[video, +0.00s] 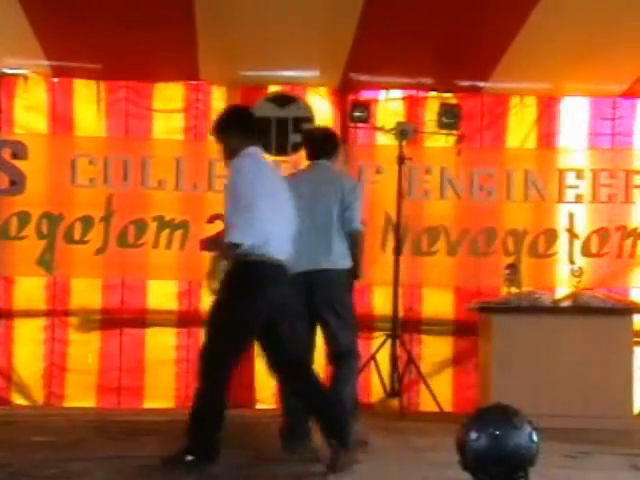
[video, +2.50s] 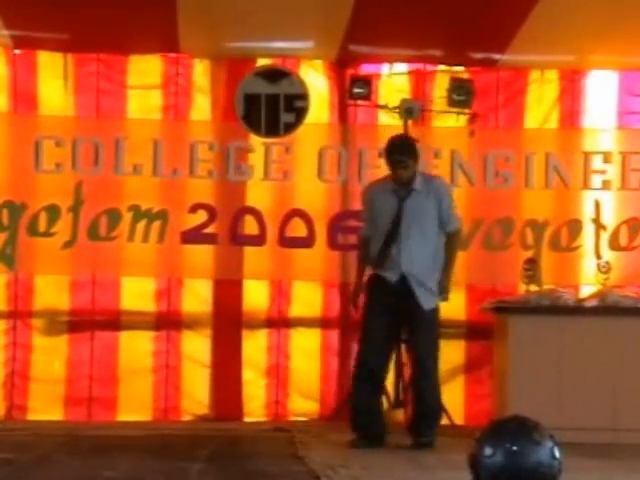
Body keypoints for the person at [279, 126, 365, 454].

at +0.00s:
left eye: (312, 149)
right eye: (334, 150)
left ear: (307, 152)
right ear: (336, 151)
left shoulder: (290, 184)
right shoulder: (345, 183)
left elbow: (281, 225)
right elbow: (353, 227)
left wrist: (283, 260)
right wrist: (357, 264)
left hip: (294, 271)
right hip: (333, 269)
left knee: (296, 355)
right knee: (344, 351)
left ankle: (295, 431)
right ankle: (341, 424)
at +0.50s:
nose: (319, 167)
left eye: (322, 162)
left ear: (323, 165)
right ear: (351, 165)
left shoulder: (314, 188)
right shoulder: (365, 196)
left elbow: (301, 201)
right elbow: (374, 244)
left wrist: (318, 173)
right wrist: (385, 289)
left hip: (315, 277)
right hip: (351, 277)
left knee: (312, 351)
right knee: (352, 352)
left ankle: (299, 425)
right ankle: (354, 424)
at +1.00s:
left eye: (328, 174)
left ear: (328, 174)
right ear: (356, 173)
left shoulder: (322, 195)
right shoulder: (372, 199)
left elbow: (295, 219)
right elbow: (387, 245)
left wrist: (315, 188)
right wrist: (396, 289)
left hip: (329, 281)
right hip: (364, 281)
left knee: (330, 351)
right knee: (360, 353)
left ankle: (329, 418)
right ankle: (357, 420)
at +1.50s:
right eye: (362, 176)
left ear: (338, 177)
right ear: (365, 176)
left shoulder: (325, 197)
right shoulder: (378, 198)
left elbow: (298, 228)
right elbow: (389, 239)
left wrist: (312, 254)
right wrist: (400, 281)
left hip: (335, 281)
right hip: (371, 279)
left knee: (334, 350)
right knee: (375, 349)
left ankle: (330, 418)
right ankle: (382, 416)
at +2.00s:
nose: (351, 184)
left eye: (350, 177)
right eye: (348, 178)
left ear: (357, 169)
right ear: (372, 162)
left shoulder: (380, 185)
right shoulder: (395, 186)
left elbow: (399, 216)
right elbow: (416, 230)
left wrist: (370, 259)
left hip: (388, 274)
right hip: (412, 273)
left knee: (357, 353)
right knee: (399, 355)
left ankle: (345, 424)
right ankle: (398, 429)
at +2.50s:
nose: (401, 173)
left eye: (406, 166)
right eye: (396, 167)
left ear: (417, 163)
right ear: (387, 165)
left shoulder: (436, 190)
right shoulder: (374, 193)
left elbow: (453, 233)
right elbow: (367, 236)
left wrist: (445, 276)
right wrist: (359, 280)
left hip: (423, 285)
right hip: (383, 284)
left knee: (425, 362)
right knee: (370, 360)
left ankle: (425, 430)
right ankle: (369, 430)